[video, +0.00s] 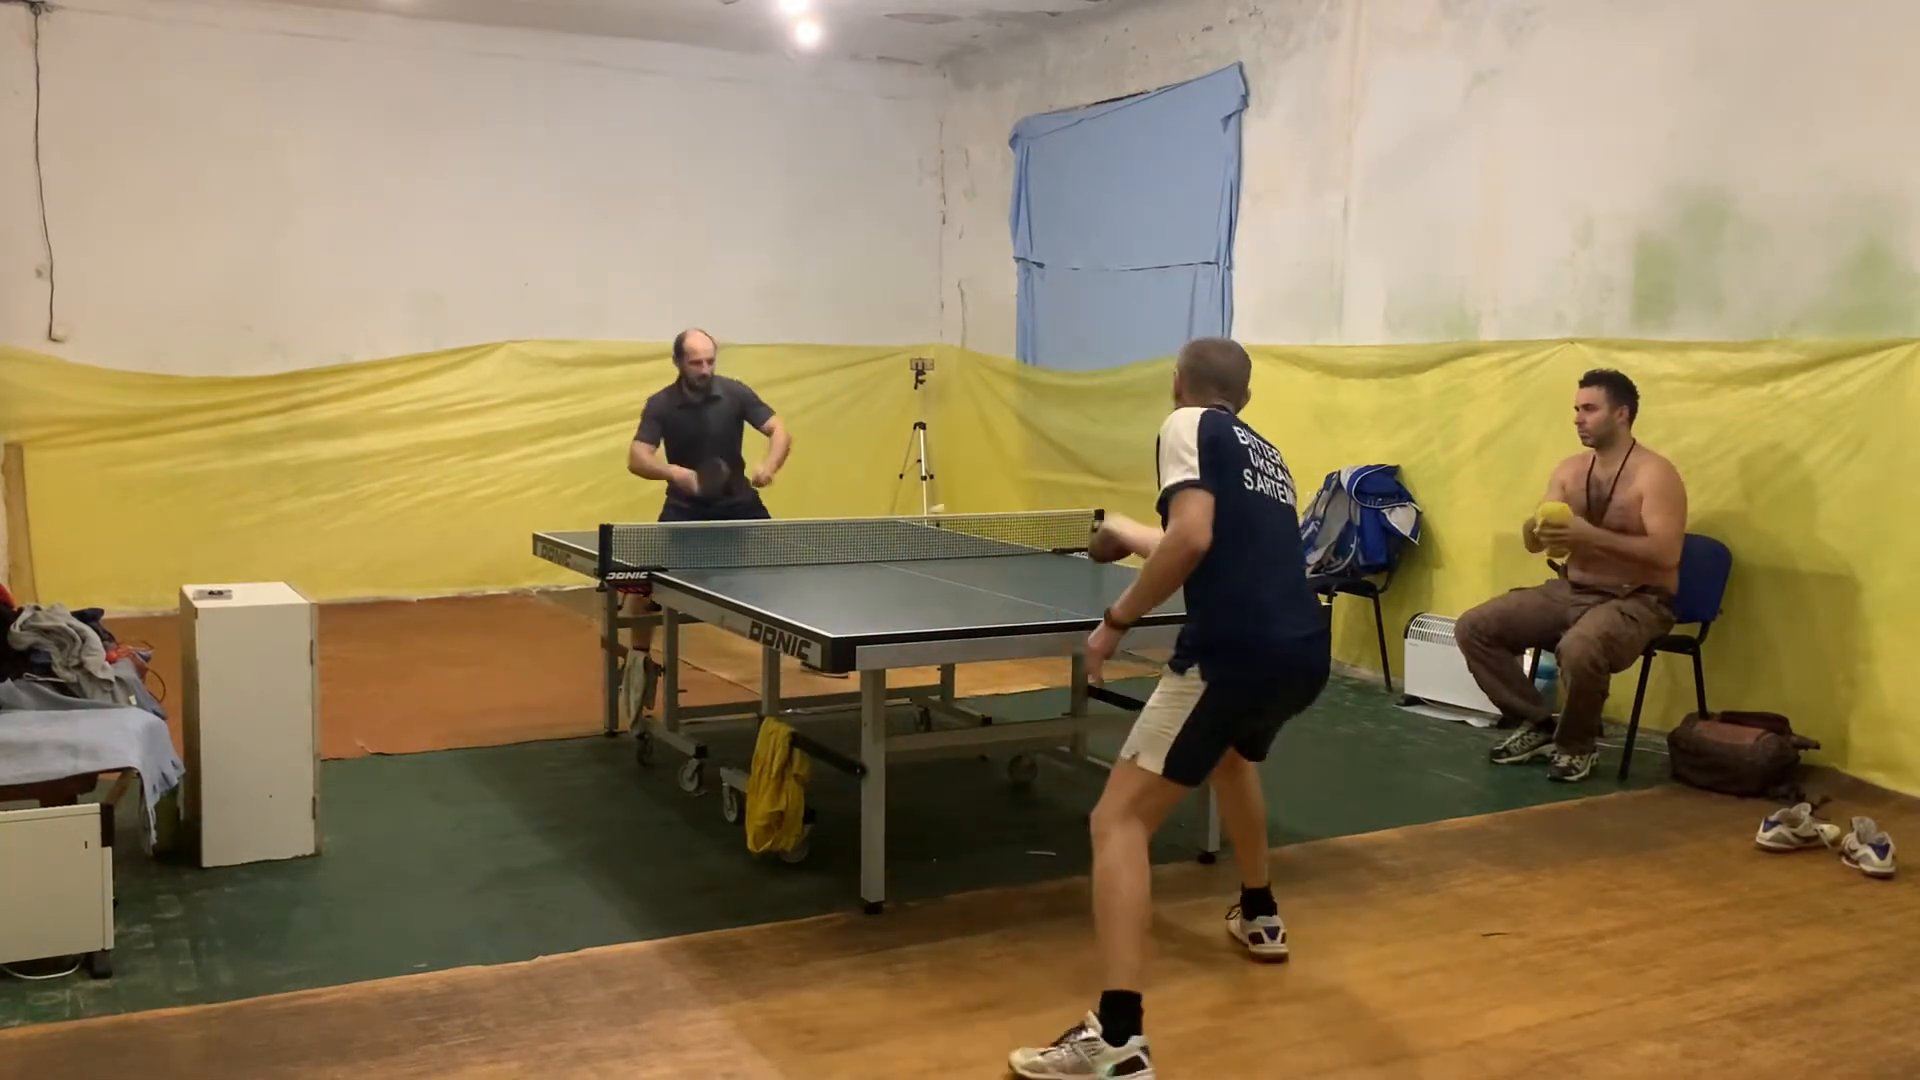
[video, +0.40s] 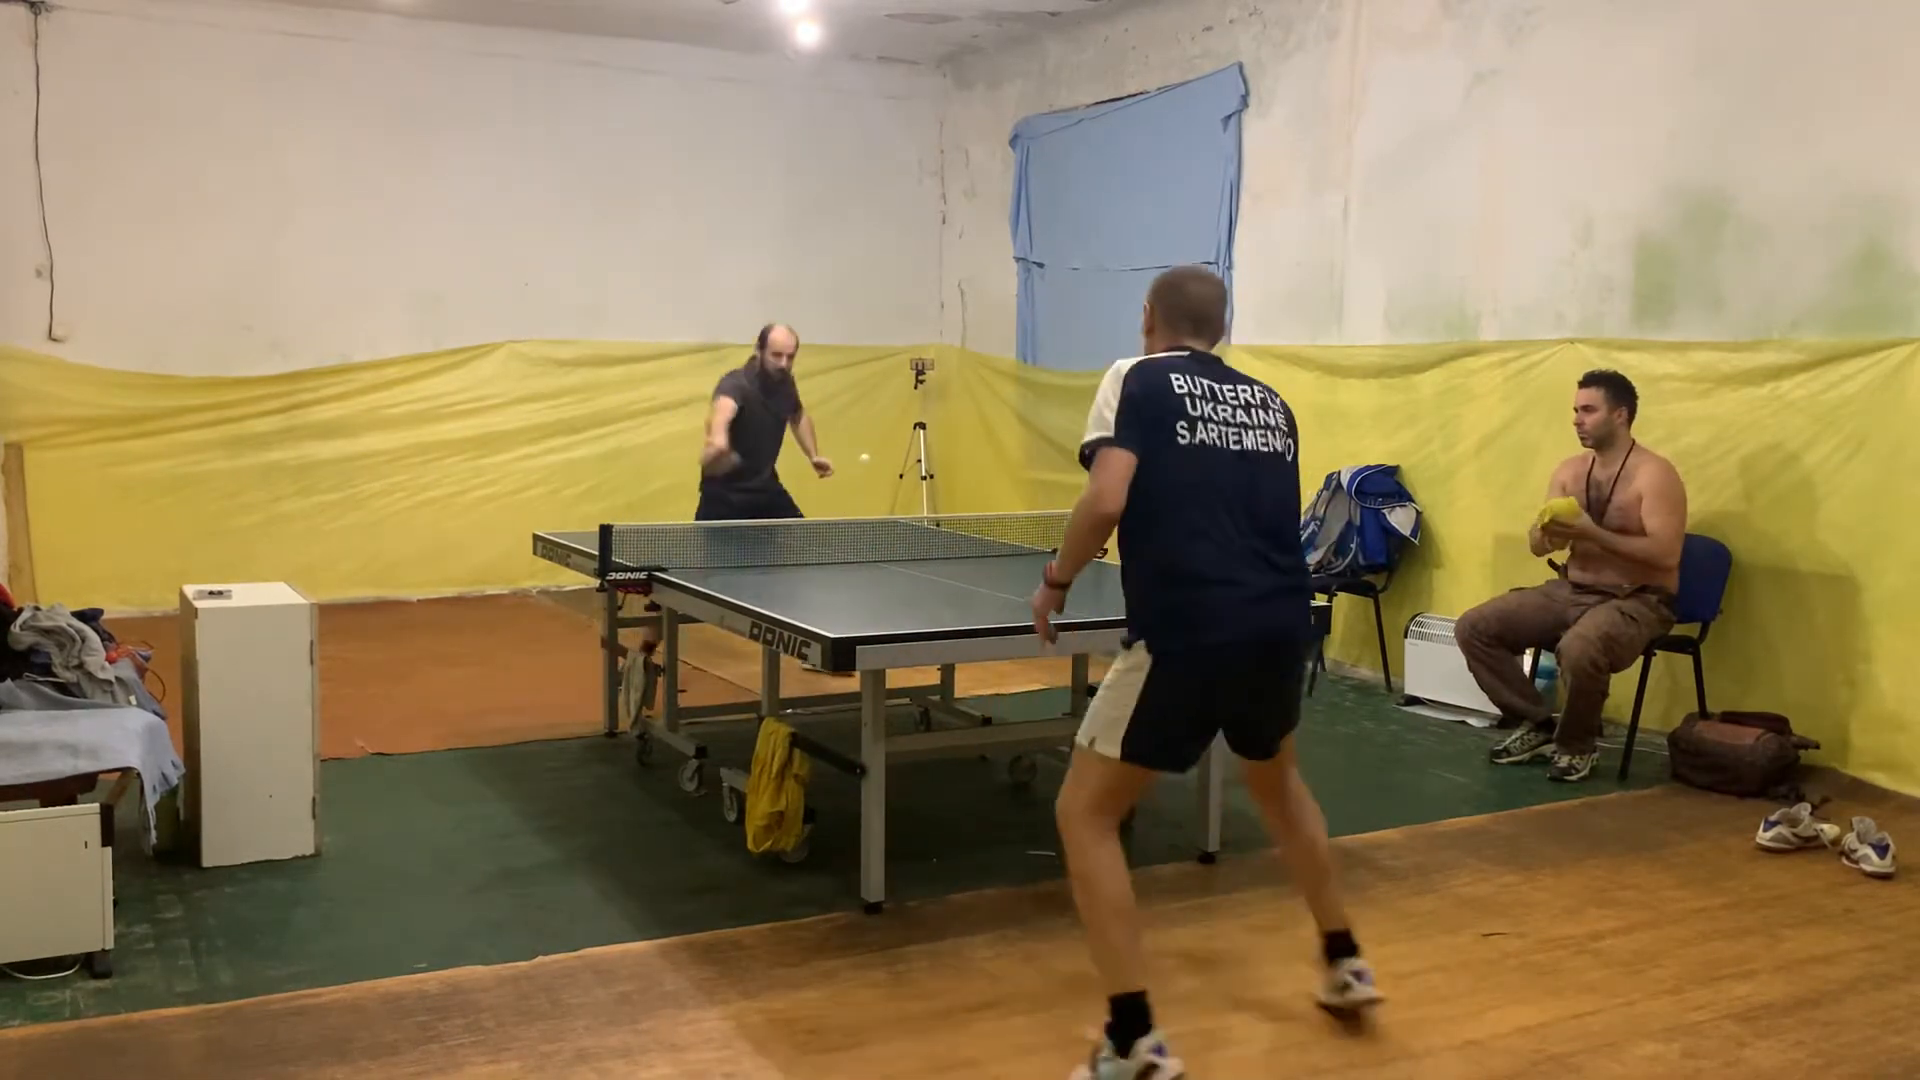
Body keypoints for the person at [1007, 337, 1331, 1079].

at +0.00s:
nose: (1172, 397)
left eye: (1174, 387)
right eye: (1177, 386)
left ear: (1181, 387)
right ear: (1244, 395)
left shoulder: (1188, 426)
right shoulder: (1264, 454)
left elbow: (1189, 534)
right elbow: (1232, 555)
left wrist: (1115, 622)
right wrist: (1132, 539)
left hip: (1229, 653)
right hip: (1304, 653)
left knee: (1118, 820)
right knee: (1232, 753)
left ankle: (1117, 1031)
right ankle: (1260, 914)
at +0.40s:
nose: (1142, 338)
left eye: (1144, 327)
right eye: (1148, 327)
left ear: (1153, 327)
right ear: (1224, 334)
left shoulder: (1138, 378)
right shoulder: (1273, 404)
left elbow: (1108, 500)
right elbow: (1282, 520)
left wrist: (1058, 580)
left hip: (1179, 640)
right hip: (1278, 636)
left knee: (1087, 812)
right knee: (1280, 782)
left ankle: (1132, 1036)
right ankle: (1345, 957)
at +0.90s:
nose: (1102, 416)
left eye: (1102, 399)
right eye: (1101, 401)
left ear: (1123, 393)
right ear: (1178, 393)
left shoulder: (1174, 451)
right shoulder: (1215, 456)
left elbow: (1160, 608)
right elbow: (1248, 620)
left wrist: (1040, 623)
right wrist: (1167, 671)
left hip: (1247, 706)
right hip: (1312, 698)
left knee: (1065, 840)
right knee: (1279, 853)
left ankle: (1054, 1066)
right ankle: (1401, 1016)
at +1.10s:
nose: (1133, 360)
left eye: (1136, 344)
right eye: (1136, 344)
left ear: (1158, 344)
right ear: (1222, 352)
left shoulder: (1155, 438)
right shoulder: (1264, 438)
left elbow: (1062, 588)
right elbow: (1234, 404)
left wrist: (939, 609)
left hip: (1156, 714)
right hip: (1246, 704)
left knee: (1010, 870)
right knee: (1198, 835)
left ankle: (1069, 1071)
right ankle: (1324, 1009)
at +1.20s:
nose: (1134, 350)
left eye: (1137, 335)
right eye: (1137, 334)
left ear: (1155, 338)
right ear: (1220, 344)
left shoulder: (1140, 441)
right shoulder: (1274, 441)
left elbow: (1051, 581)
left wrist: (939, 611)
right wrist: (1327, 431)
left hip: (1146, 712)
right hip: (1242, 703)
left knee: (1015, 872)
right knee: (1200, 837)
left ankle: (1070, 1072)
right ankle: (1320, 1010)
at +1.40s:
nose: (1157, 289)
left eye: (1161, 276)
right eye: (1164, 275)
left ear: (1174, 284)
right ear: (1246, 295)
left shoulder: (1137, 371)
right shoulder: (1303, 386)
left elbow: (1077, 518)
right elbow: (1371, 506)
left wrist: (1011, 566)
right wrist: (1375, 480)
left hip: (1174, 653)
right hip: (1290, 648)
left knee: (1076, 835)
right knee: (1320, 804)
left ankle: (1063, 1055)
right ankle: (1376, 995)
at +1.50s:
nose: (1179, 313)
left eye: (1182, 300)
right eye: (1186, 299)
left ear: (1192, 309)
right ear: (1267, 321)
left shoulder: (1147, 390)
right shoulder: (1320, 406)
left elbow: (1098, 539)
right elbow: (1388, 546)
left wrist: (1061, 611)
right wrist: (1390, 516)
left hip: (1191, 666)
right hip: (1305, 663)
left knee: (1094, 841)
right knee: (1362, 817)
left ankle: (1046, 1059)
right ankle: (1448, 1002)